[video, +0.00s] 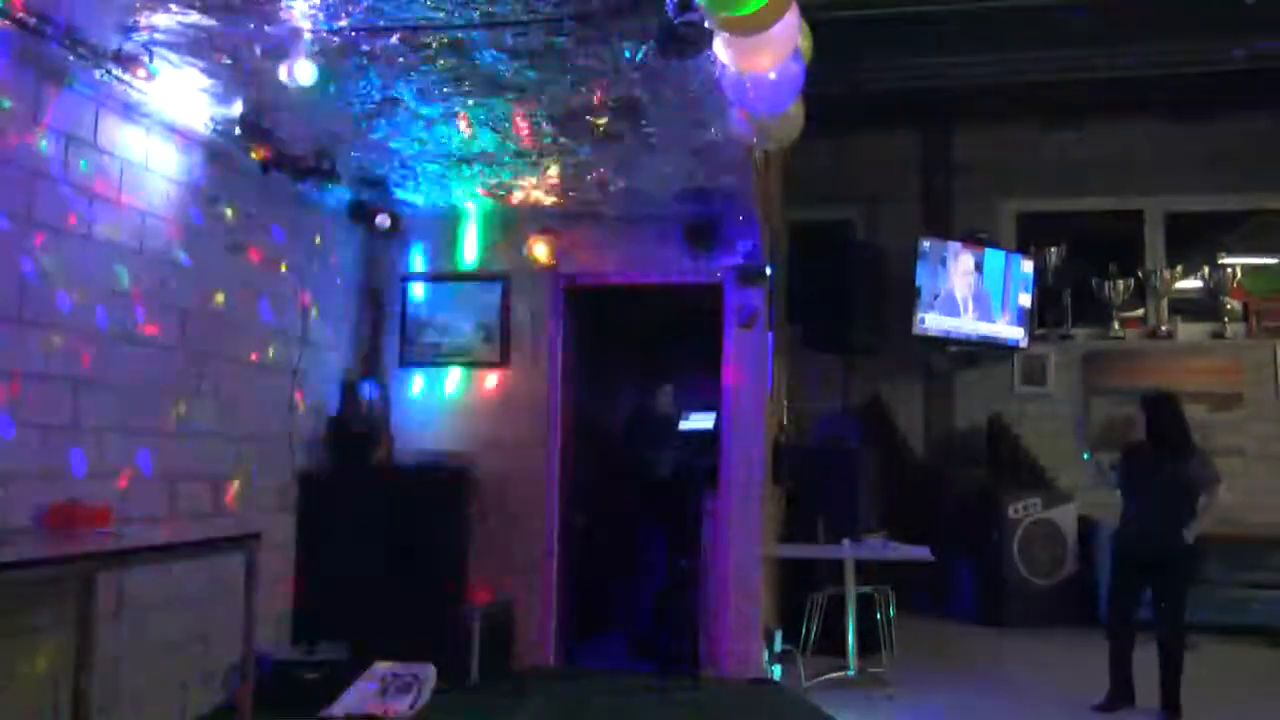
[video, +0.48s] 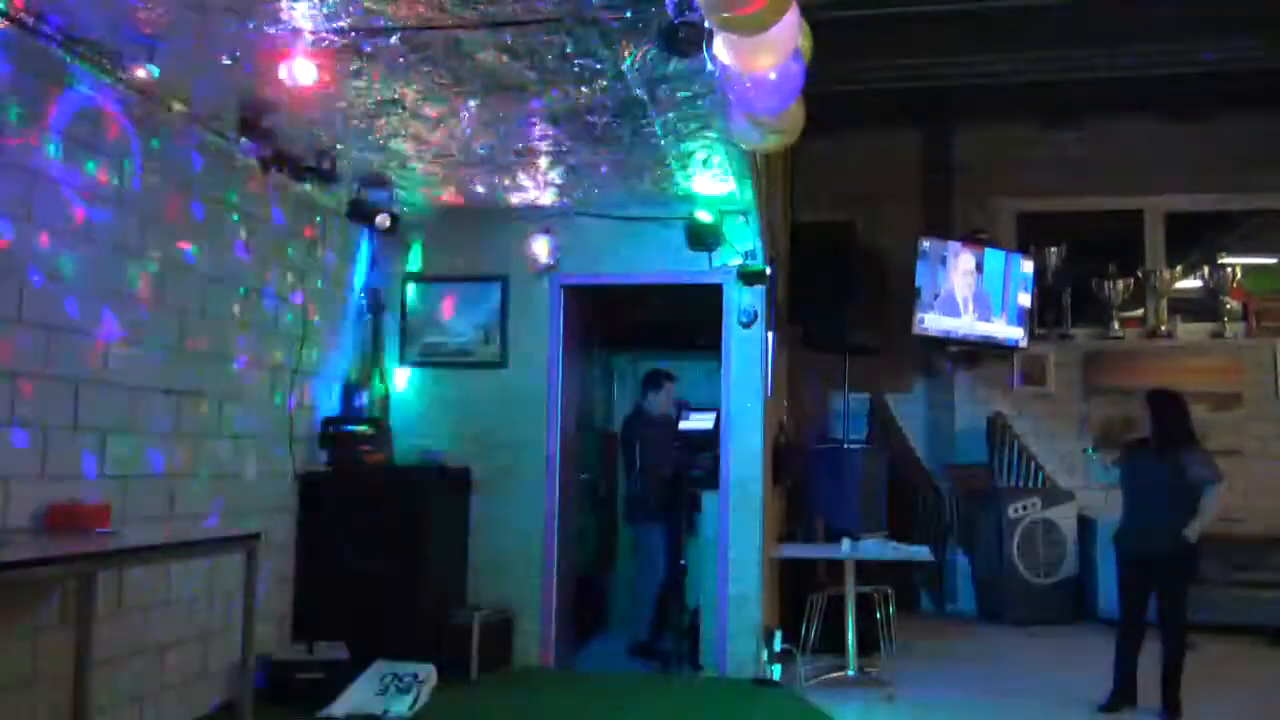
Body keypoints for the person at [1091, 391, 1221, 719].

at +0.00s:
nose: (1139, 421)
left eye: (1142, 415)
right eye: (1141, 414)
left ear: (1148, 418)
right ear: (1177, 418)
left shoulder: (1133, 453)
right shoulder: (1189, 454)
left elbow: (1125, 490)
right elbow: (1212, 490)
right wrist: (1193, 529)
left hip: (1133, 546)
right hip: (1174, 547)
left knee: (1119, 619)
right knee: (1171, 624)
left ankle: (1120, 692)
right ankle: (1170, 702)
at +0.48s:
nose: (1149, 419)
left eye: (1151, 412)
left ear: (1150, 415)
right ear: (1182, 415)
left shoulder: (1132, 452)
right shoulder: (1191, 454)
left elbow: (1101, 475)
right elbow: (1213, 492)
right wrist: (1195, 529)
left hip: (1133, 547)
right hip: (1174, 549)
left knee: (1129, 624)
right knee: (1173, 628)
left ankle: (1123, 693)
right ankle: (1171, 702)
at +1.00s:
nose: (1146, 419)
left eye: (1149, 413)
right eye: (1149, 412)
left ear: (1153, 416)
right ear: (1183, 414)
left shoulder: (1137, 453)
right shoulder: (1202, 456)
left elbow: (1102, 476)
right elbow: (1218, 505)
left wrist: (1106, 446)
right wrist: (1198, 534)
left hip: (1136, 546)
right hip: (1181, 547)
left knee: (1127, 621)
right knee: (1173, 625)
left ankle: (1123, 693)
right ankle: (1171, 703)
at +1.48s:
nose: (1142, 416)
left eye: (1145, 409)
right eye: (1146, 408)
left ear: (1149, 413)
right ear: (1181, 411)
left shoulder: (1134, 449)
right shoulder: (1193, 451)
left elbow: (1108, 476)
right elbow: (1215, 493)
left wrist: (1086, 450)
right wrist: (1197, 529)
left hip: (1133, 545)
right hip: (1177, 546)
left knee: (1130, 621)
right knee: (1174, 625)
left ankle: (1125, 694)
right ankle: (1171, 701)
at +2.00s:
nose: (1139, 418)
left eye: (1141, 411)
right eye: (1144, 410)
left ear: (1142, 414)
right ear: (1172, 413)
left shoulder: (1129, 449)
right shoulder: (1184, 450)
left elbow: (1098, 474)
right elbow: (1207, 485)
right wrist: (1192, 522)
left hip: (1125, 542)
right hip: (1168, 543)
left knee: (1114, 615)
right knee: (1168, 621)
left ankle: (1108, 685)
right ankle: (1169, 699)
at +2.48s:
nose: (1122, 420)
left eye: (1120, 411)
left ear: (1115, 414)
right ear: (1145, 414)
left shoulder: (1101, 446)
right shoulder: (1156, 449)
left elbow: (1074, 475)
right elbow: (1175, 487)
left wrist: (1055, 458)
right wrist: (1160, 524)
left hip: (1102, 543)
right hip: (1141, 543)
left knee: (1103, 617)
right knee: (1155, 620)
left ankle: (1104, 688)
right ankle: (1167, 697)